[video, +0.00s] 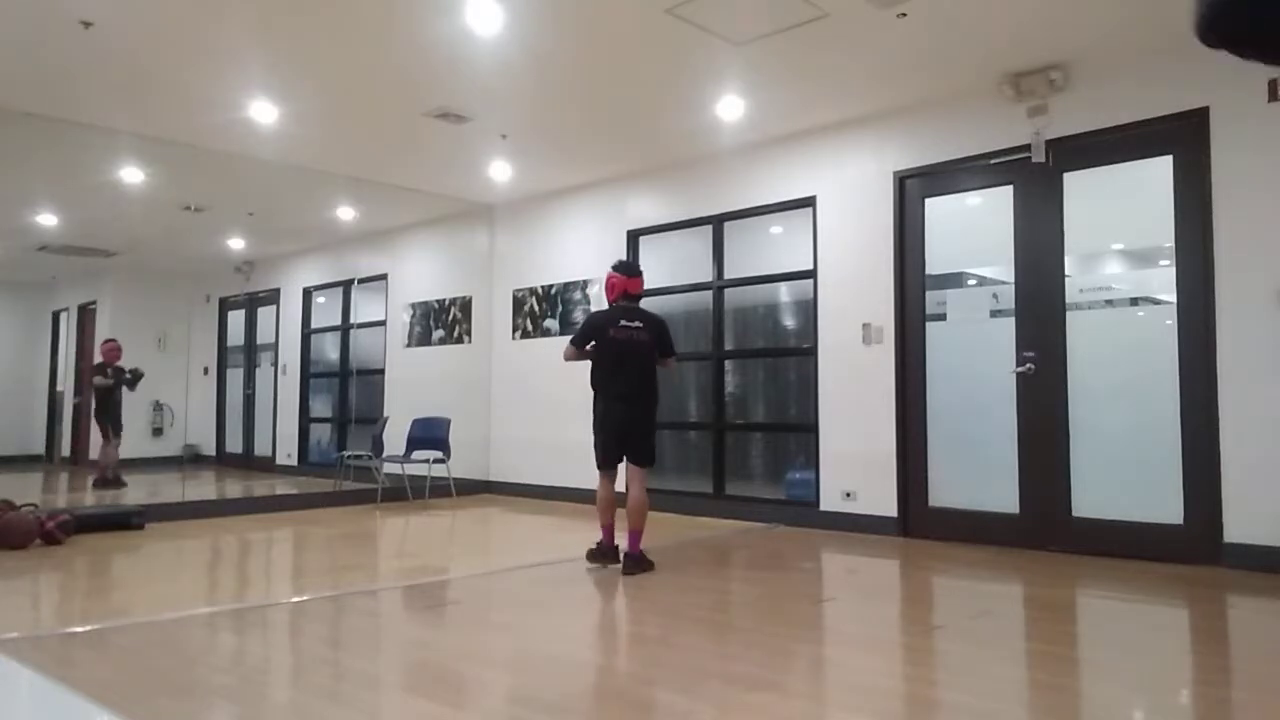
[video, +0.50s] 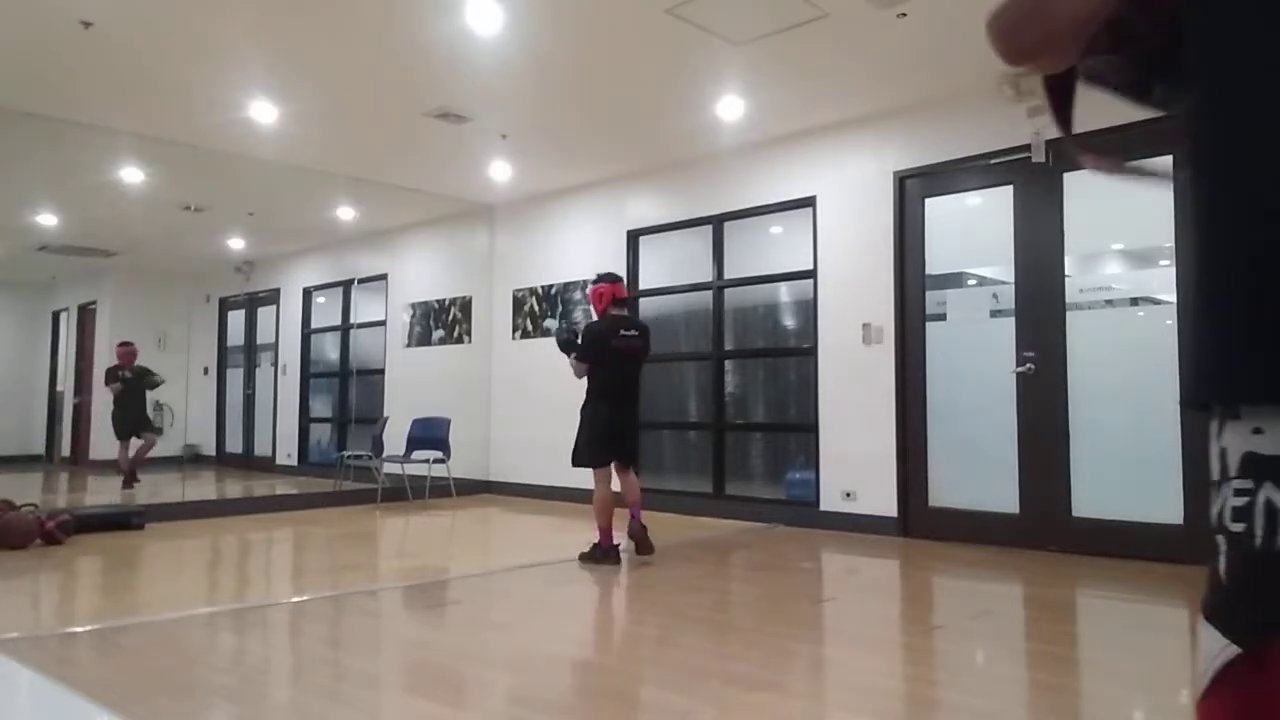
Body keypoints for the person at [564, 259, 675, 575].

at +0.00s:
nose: (606, 289)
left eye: (607, 285)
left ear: (611, 288)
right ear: (640, 289)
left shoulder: (597, 320)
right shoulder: (655, 323)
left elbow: (570, 354)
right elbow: (667, 361)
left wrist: (595, 352)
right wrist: (643, 353)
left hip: (607, 411)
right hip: (643, 411)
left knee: (606, 477)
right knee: (637, 480)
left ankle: (607, 546)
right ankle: (633, 554)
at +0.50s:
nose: (592, 302)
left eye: (594, 297)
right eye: (592, 297)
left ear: (600, 298)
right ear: (624, 296)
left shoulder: (595, 330)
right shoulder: (641, 330)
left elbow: (579, 370)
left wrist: (571, 348)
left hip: (599, 411)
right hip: (628, 409)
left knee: (602, 478)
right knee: (625, 469)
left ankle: (606, 545)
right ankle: (636, 524)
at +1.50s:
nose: (597, 319)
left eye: (599, 313)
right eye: (594, 314)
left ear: (614, 307)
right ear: (595, 312)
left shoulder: (635, 333)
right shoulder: (599, 336)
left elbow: (640, 371)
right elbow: (583, 364)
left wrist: (609, 371)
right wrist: (578, 378)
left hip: (621, 411)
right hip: (604, 411)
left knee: (608, 470)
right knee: (616, 471)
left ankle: (617, 539)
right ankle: (626, 537)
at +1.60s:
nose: (597, 318)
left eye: (600, 311)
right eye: (594, 313)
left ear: (615, 307)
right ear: (593, 312)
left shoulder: (634, 333)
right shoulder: (597, 336)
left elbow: (639, 370)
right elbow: (576, 368)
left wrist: (611, 371)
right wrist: (585, 368)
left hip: (622, 411)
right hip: (603, 412)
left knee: (615, 472)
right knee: (611, 472)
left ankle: (624, 538)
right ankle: (624, 536)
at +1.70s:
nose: (599, 317)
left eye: (603, 310)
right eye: (596, 311)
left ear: (617, 306)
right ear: (593, 310)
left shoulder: (633, 333)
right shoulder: (596, 335)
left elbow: (640, 370)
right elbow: (579, 361)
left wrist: (606, 372)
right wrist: (580, 365)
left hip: (620, 413)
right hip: (601, 413)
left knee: (614, 474)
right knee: (610, 474)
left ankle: (625, 538)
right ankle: (623, 535)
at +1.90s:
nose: (602, 316)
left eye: (607, 310)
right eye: (597, 311)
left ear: (621, 307)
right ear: (593, 310)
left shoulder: (633, 333)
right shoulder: (594, 334)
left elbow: (637, 371)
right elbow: (568, 359)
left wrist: (603, 381)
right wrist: (581, 361)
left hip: (620, 414)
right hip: (597, 414)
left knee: (614, 472)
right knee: (597, 473)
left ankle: (621, 536)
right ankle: (621, 532)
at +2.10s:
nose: (601, 316)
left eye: (606, 309)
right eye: (597, 310)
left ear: (621, 305)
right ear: (592, 309)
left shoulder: (634, 331)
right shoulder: (591, 334)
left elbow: (634, 369)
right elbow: (568, 360)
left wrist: (600, 383)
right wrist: (570, 357)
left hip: (620, 413)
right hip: (592, 411)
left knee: (619, 476)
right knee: (571, 472)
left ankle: (621, 542)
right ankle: (602, 521)